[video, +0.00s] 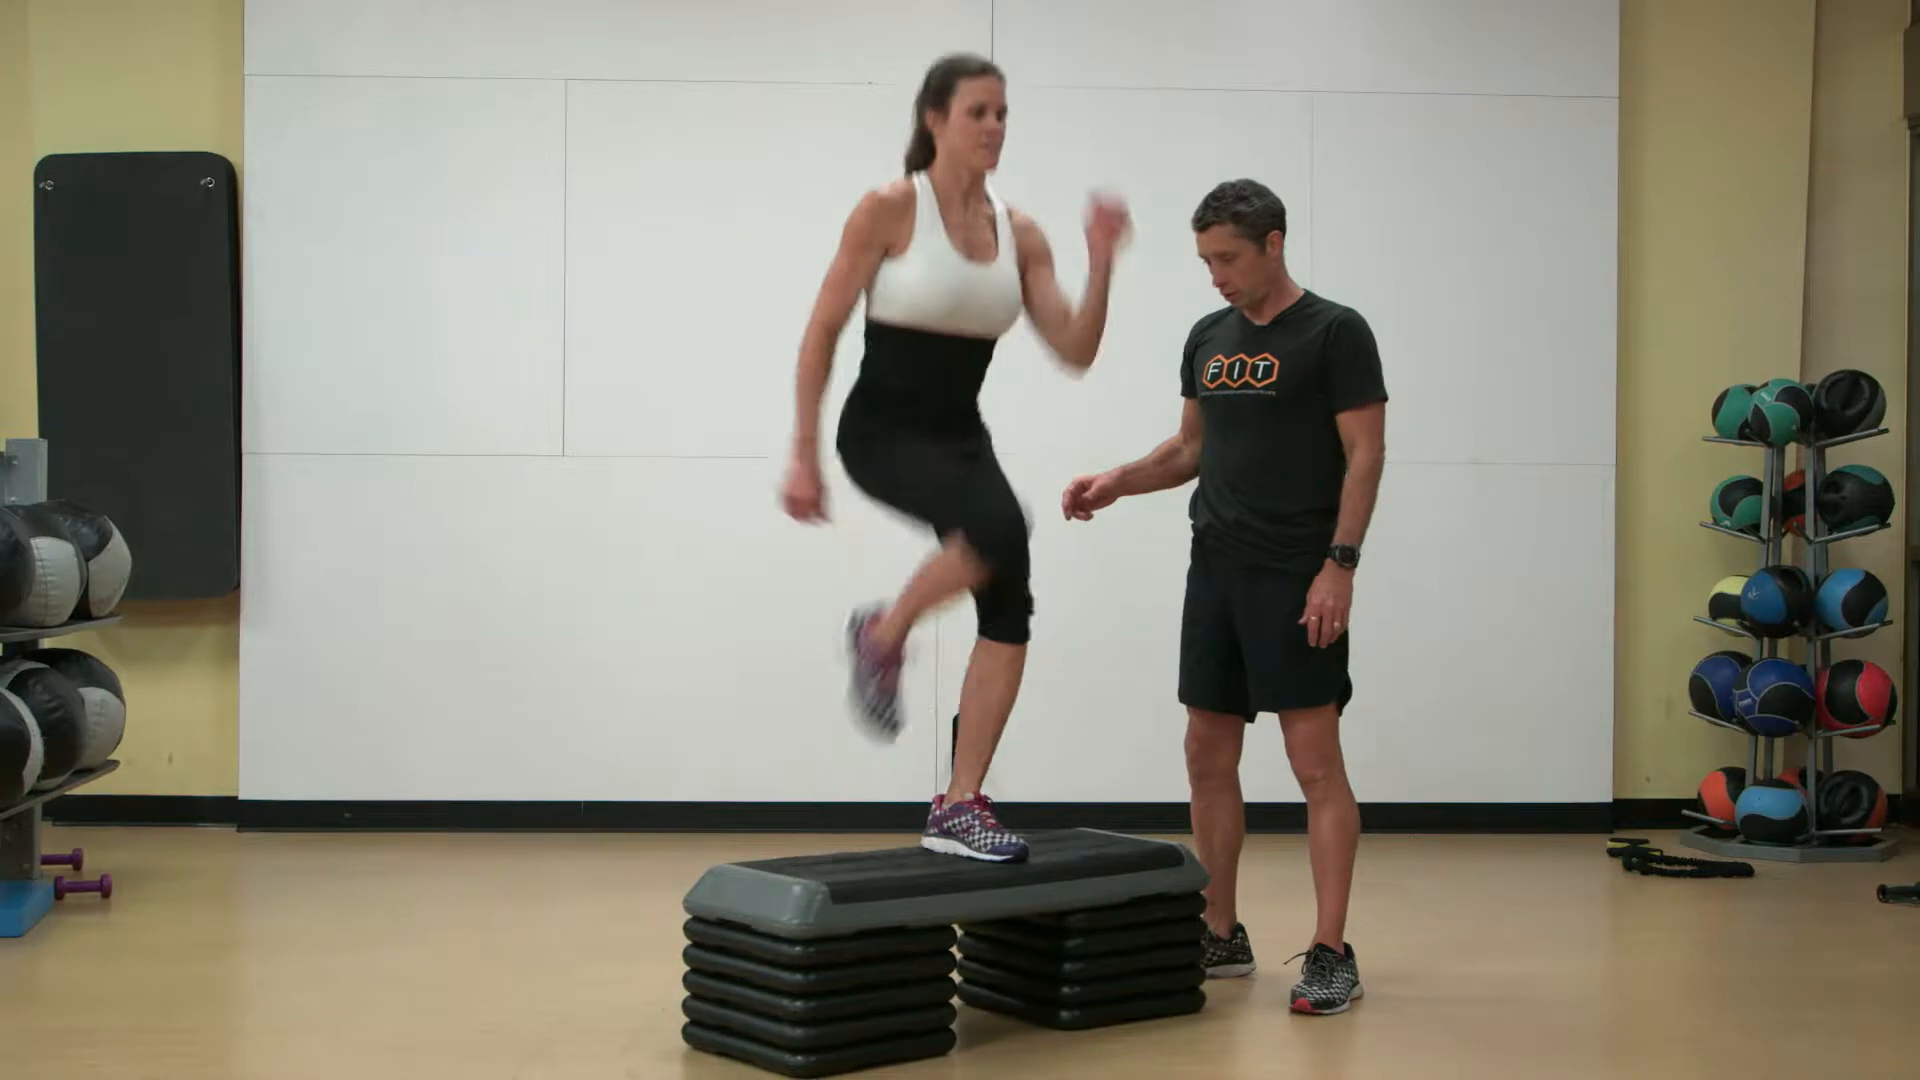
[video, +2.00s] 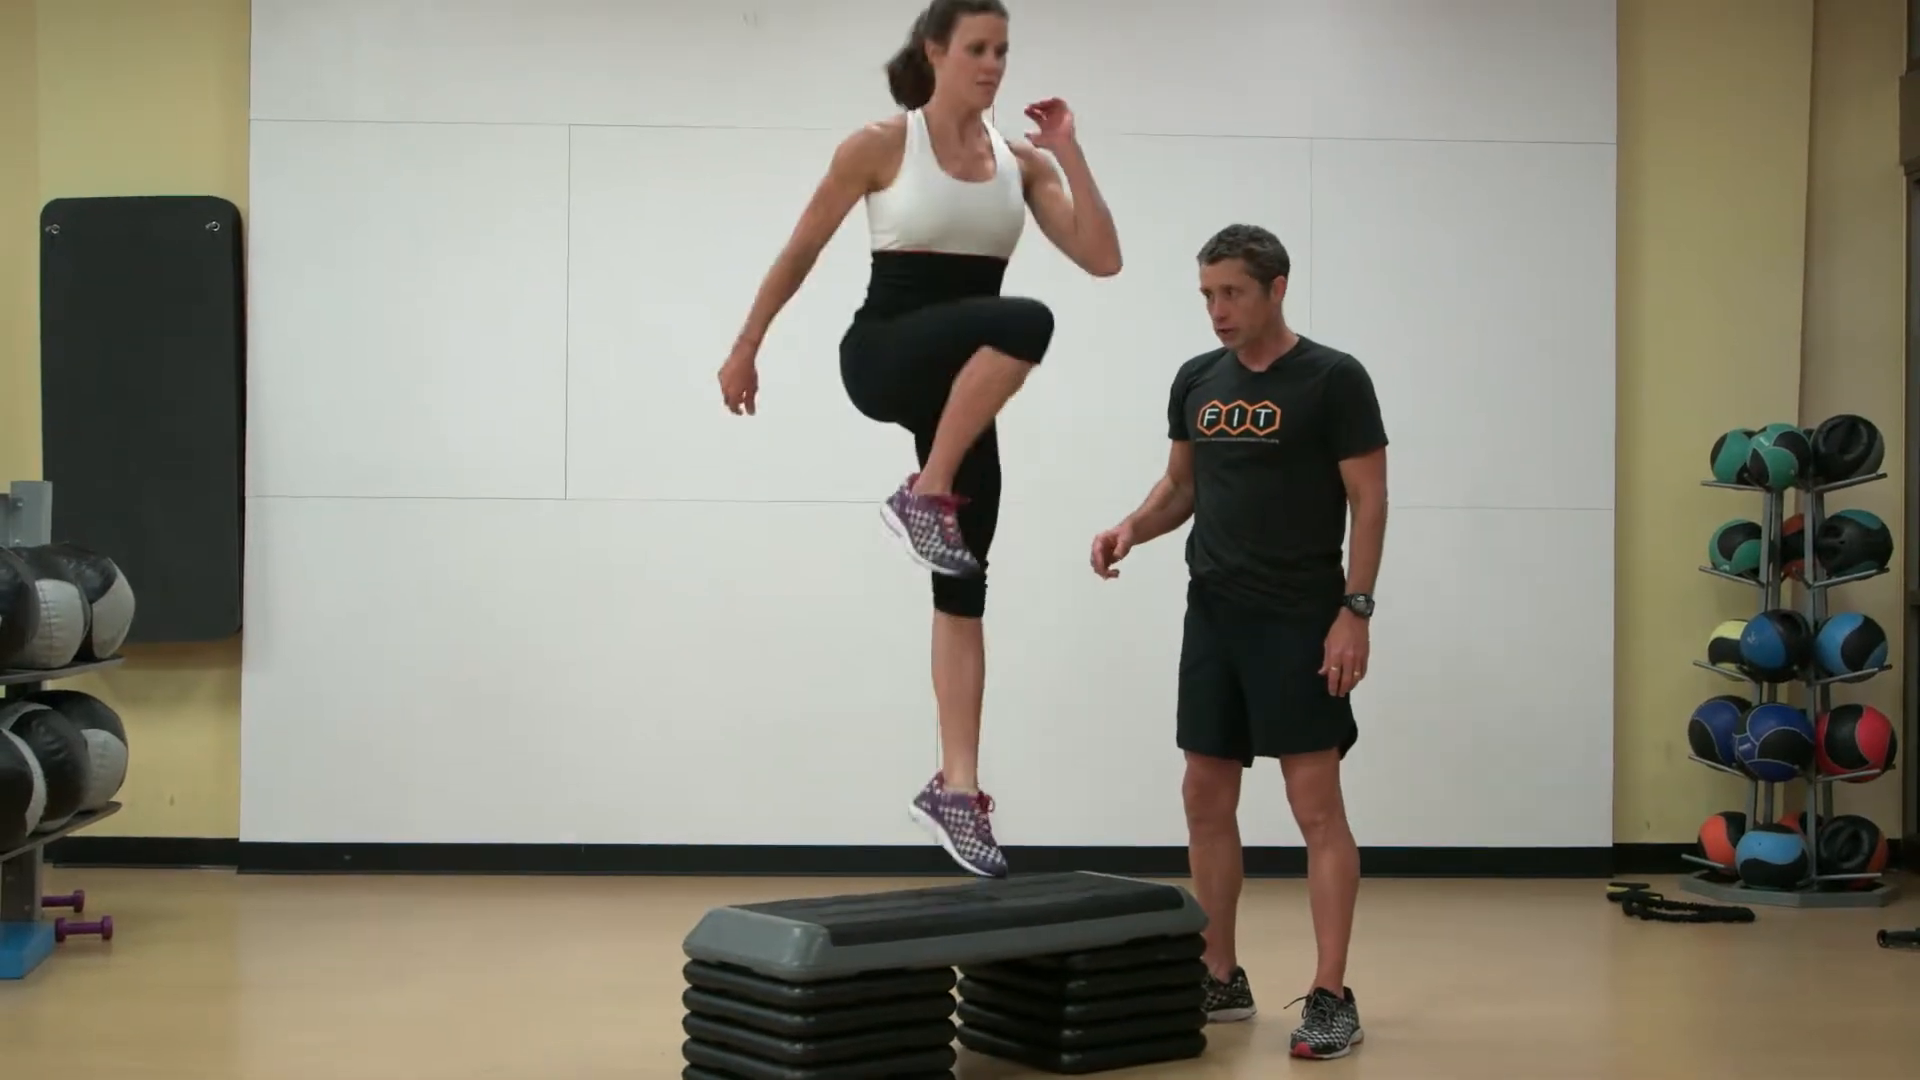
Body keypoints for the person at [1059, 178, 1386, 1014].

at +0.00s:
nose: (1217, 274)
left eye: (1228, 258)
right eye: (1208, 260)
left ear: (1274, 245)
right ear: (1205, 257)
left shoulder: (1337, 333)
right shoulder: (1208, 338)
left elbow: (1365, 454)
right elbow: (1189, 450)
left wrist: (1339, 563)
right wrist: (1118, 480)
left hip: (1299, 575)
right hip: (1216, 571)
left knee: (1316, 762)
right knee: (1207, 752)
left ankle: (1330, 948)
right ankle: (1219, 933)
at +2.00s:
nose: (1217, 309)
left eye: (1231, 294)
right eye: (1208, 295)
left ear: (1276, 289)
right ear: (1205, 296)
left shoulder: (1334, 380)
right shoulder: (1196, 382)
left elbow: (1369, 502)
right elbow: (1179, 489)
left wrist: (1355, 609)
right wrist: (1131, 528)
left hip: (1301, 620)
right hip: (1214, 617)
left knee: (1317, 807)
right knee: (1205, 797)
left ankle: (1330, 992)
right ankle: (1219, 976)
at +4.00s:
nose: (1238, 324)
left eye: (1251, 309)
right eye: (1230, 310)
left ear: (1299, 300)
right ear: (1228, 307)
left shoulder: (1367, 383)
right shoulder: (1216, 391)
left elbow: (1404, 502)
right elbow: (1180, 493)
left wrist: (1390, 606)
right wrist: (1136, 537)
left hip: (1341, 626)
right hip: (1251, 625)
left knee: (1346, 814)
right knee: (1228, 799)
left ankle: (1344, 998)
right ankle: (1234, 983)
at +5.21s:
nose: (1244, 297)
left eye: (1259, 282)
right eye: (1239, 282)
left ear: (1309, 283)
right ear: (1241, 286)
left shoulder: (1372, 376)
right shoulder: (1220, 382)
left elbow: (1410, 496)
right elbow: (1207, 492)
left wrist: (1391, 606)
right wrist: (1172, 533)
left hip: (1348, 617)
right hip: (1256, 617)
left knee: (1351, 806)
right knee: (1232, 793)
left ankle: (1350, 990)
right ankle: (1239, 973)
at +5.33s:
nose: (1253, 291)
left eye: (1267, 275)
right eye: (1249, 277)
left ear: (1317, 278)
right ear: (1253, 283)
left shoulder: (1375, 375)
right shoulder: (1238, 373)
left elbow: (1377, 498)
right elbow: (1205, 484)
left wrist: (1313, 585)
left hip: (1347, 612)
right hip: (1255, 610)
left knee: (1353, 802)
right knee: (1233, 795)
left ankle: (1350, 991)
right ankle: (1240, 975)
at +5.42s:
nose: (1257, 288)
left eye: (1272, 274)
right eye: (1255, 275)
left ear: (1323, 275)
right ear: (1263, 279)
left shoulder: (1379, 372)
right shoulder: (1244, 363)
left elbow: (1358, 485)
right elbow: (1205, 448)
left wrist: (1278, 560)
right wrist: (1216, 340)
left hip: (1346, 614)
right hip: (1259, 610)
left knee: (1352, 802)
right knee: (1235, 793)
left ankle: (1351, 991)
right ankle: (1241, 974)